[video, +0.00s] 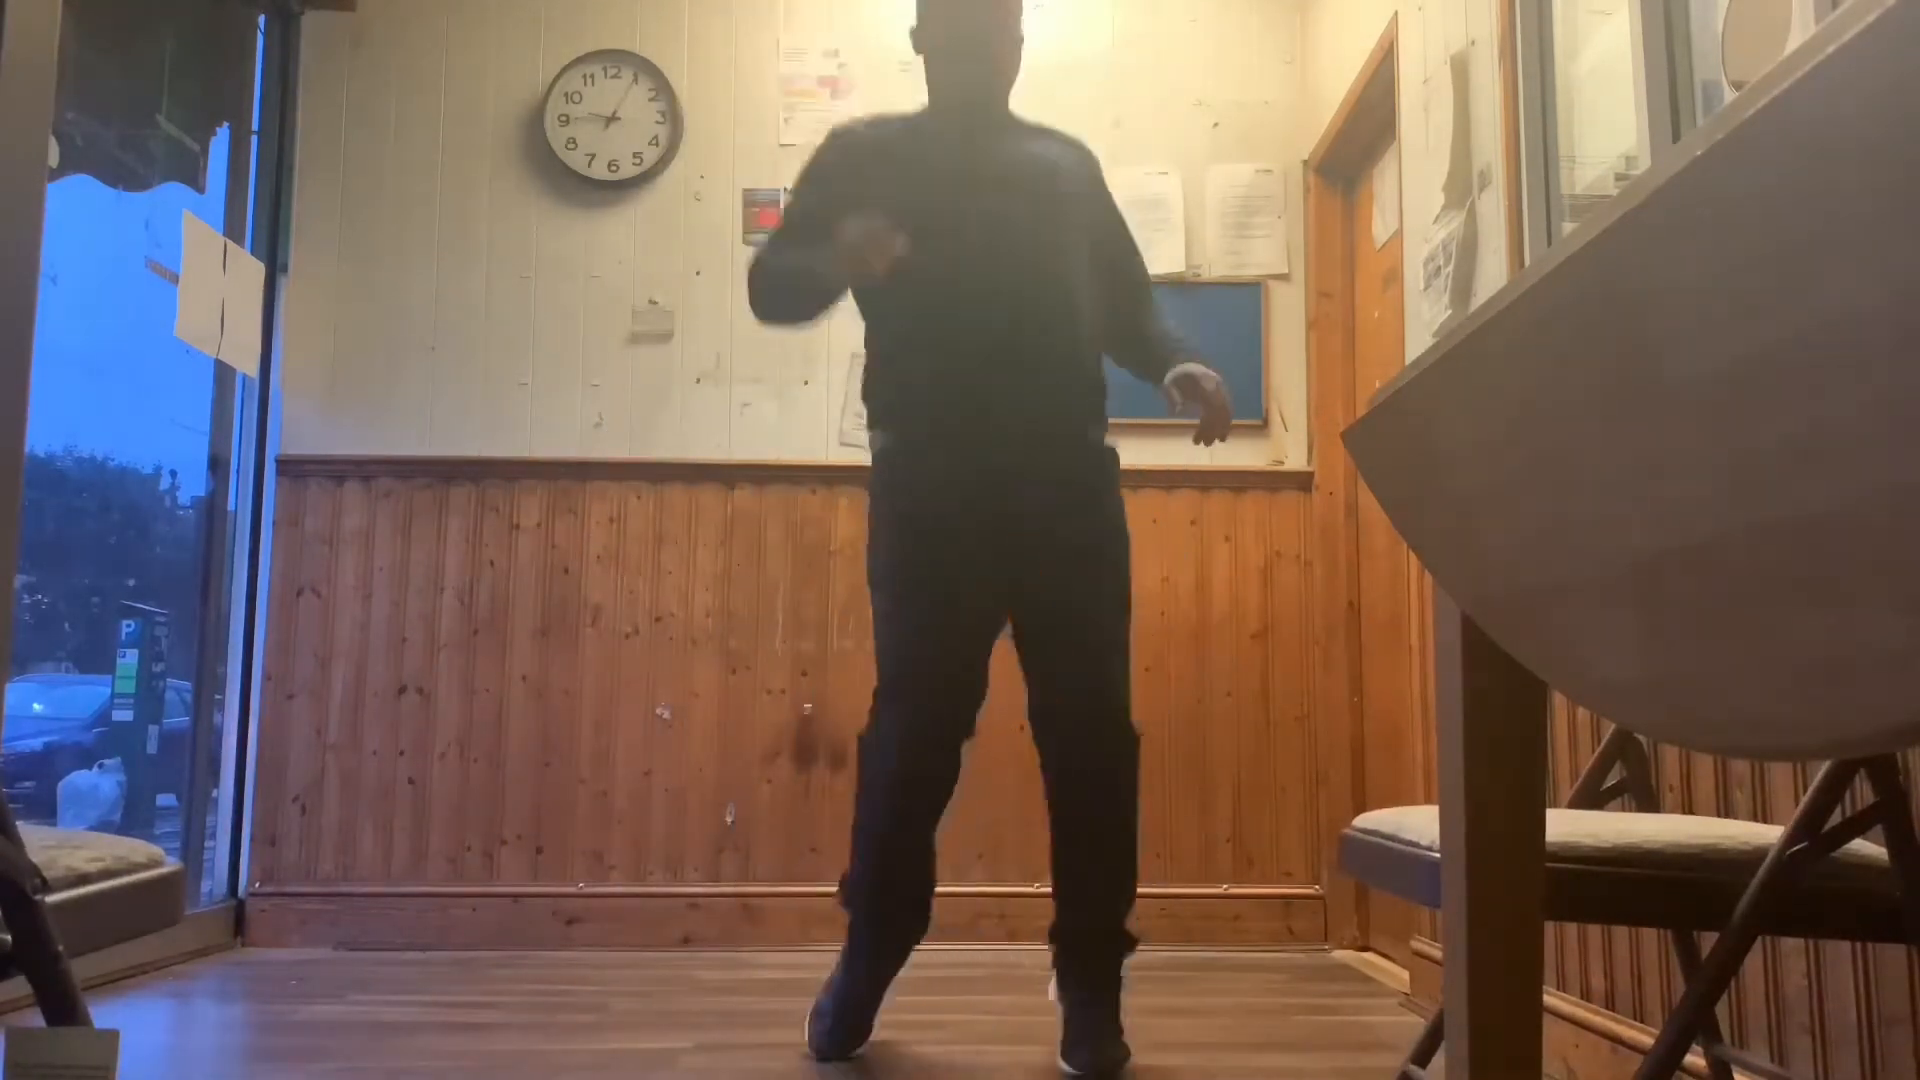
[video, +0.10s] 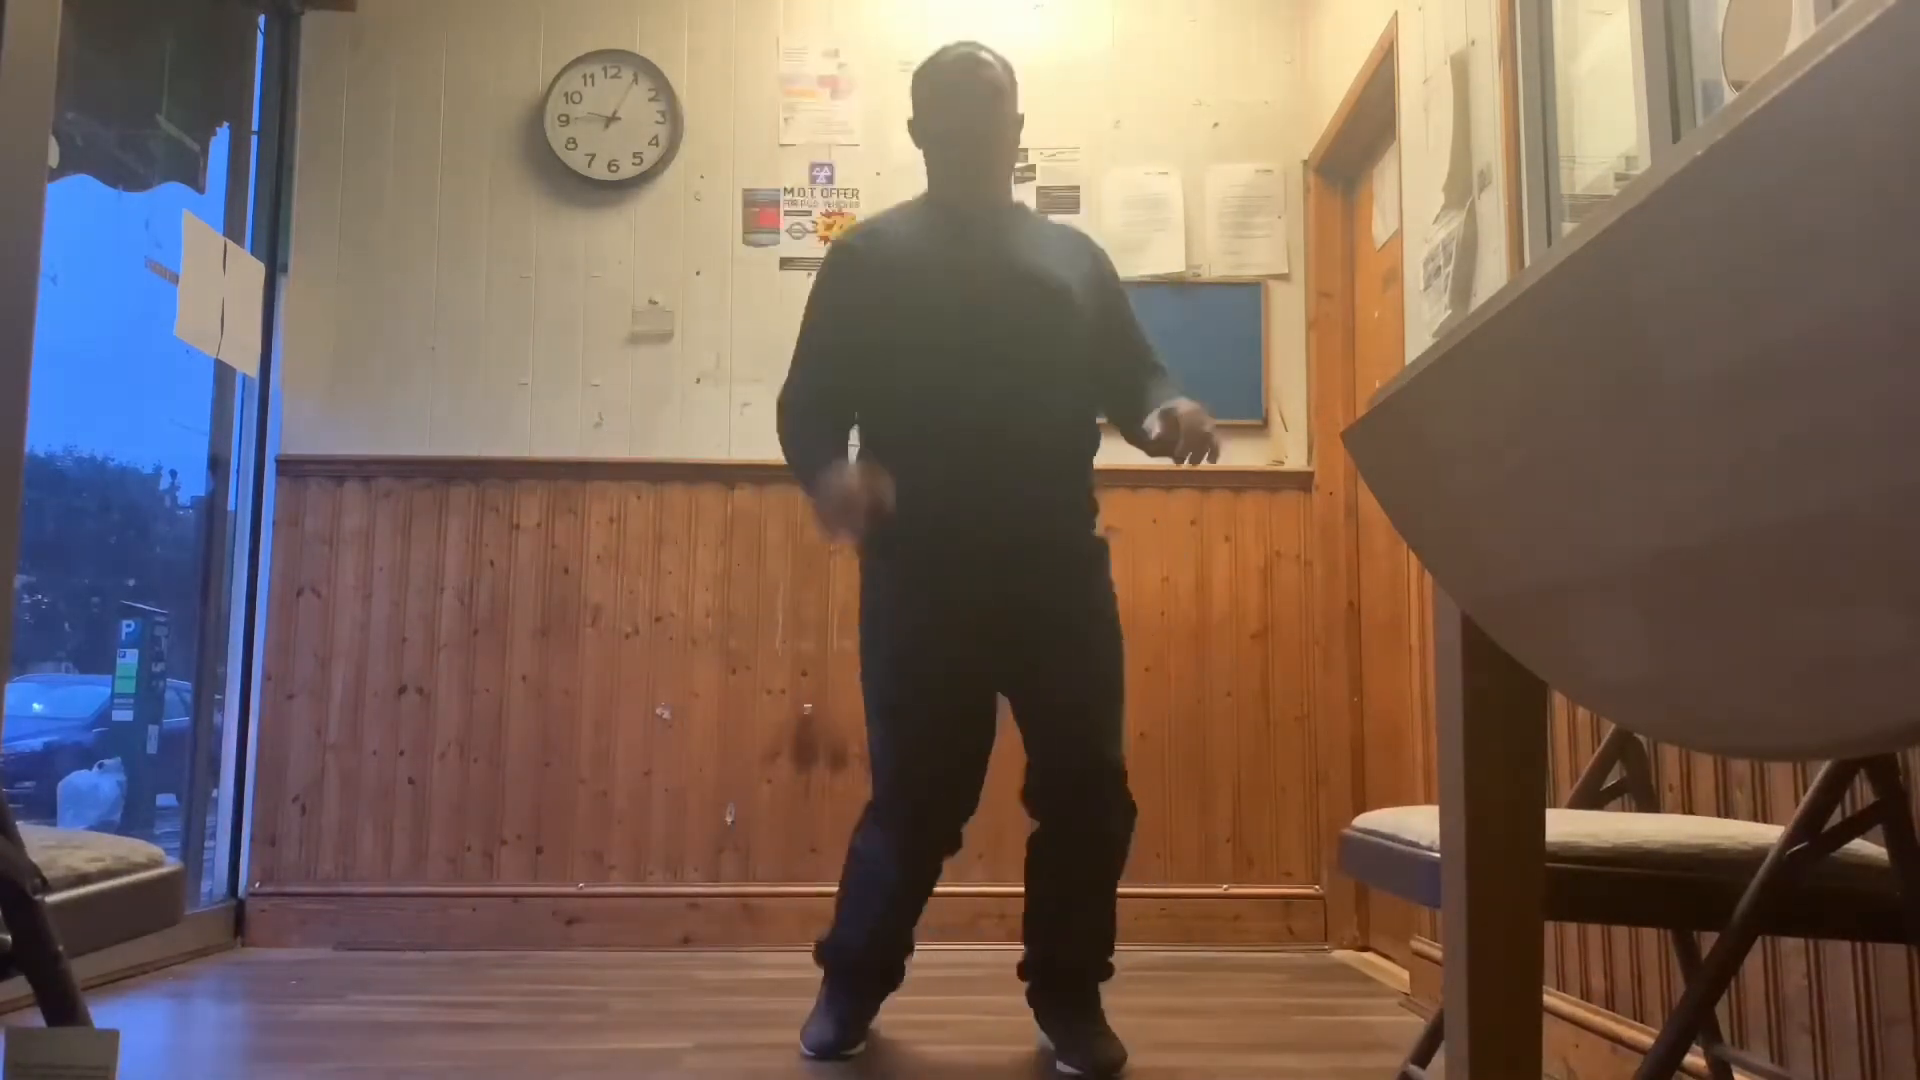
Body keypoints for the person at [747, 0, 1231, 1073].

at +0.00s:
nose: (996, 39)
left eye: (1006, 21)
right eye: (972, 20)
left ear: (1019, 42)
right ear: (925, 33)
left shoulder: (1065, 165)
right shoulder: (861, 153)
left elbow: (1123, 309)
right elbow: (771, 294)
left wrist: (1175, 363)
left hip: (1068, 489)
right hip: (932, 490)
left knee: (1091, 734)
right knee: (915, 727)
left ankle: (1092, 983)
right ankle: (871, 949)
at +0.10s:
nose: (979, 125)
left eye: (995, 105)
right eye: (956, 105)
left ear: (1019, 125)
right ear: (918, 125)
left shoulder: (1075, 258)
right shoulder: (868, 259)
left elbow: (1132, 378)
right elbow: (809, 402)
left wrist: (1167, 411)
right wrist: (827, 472)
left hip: (1058, 565)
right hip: (922, 567)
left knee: (1088, 795)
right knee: (917, 800)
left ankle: (1071, 1003)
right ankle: (849, 992)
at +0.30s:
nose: (913, 119)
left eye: (934, 97)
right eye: (896, 100)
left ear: (979, 106)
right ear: (877, 114)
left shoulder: (1048, 218)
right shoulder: (843, 257)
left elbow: (1102, 345)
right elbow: (799, 409)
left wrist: (968, 393)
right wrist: (765, 553)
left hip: (1043, 555)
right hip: (904, 562)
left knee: (1075, 772)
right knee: (876, 777)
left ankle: (1074, 1000)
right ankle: (854, 985)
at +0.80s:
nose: (841, 189)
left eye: (857, 166)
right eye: (836, 166)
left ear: (915, 158)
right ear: (855, 165)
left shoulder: (942, 245)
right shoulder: (907, 255)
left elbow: (895, 400)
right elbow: (878, 402)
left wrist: (821, 512)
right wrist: (828, 510)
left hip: (1036, 562)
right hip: (934, 565)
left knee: (1105, 784)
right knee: (848, 776)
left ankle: (1195, 981)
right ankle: (852, 983)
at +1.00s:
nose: (973, 182)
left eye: (996, 166)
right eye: (962, 157)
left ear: (1014, 172)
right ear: (927, 151)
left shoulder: (1036, 285)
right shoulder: (815, 262)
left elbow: (1123, 422)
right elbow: (764, 413)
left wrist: (1158, 572)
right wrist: (868, 480)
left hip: (1006, 570)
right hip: (868, 574)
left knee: (1110, 758)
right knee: (849, 789)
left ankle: (1197, 974)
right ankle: (848, 986)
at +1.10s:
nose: (1064, 177)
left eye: (1063, 156)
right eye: (1051, 154)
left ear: (1007, 150)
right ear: (991, 146)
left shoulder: (1002, 270)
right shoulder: (907, 217)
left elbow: (1030, 407)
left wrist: (1075, 530)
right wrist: (1008, 492)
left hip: (925, 520)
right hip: (835, 522)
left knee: (1044, 656)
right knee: (873, 756)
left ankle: (1078, 873)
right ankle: (805, 978)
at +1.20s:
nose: (1037, 165)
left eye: (1031, 149)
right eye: (1034, 149)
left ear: (944, 141)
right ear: (1020, 144)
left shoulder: (909, 201)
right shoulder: (1006, 202)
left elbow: (906, 368)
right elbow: (993, 362)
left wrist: (963, 494)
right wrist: (1026, 483)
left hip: (773, 473)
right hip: (837, 489)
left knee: (954, 559)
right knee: (881, 741)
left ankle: (854, 721)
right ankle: (744, 971)